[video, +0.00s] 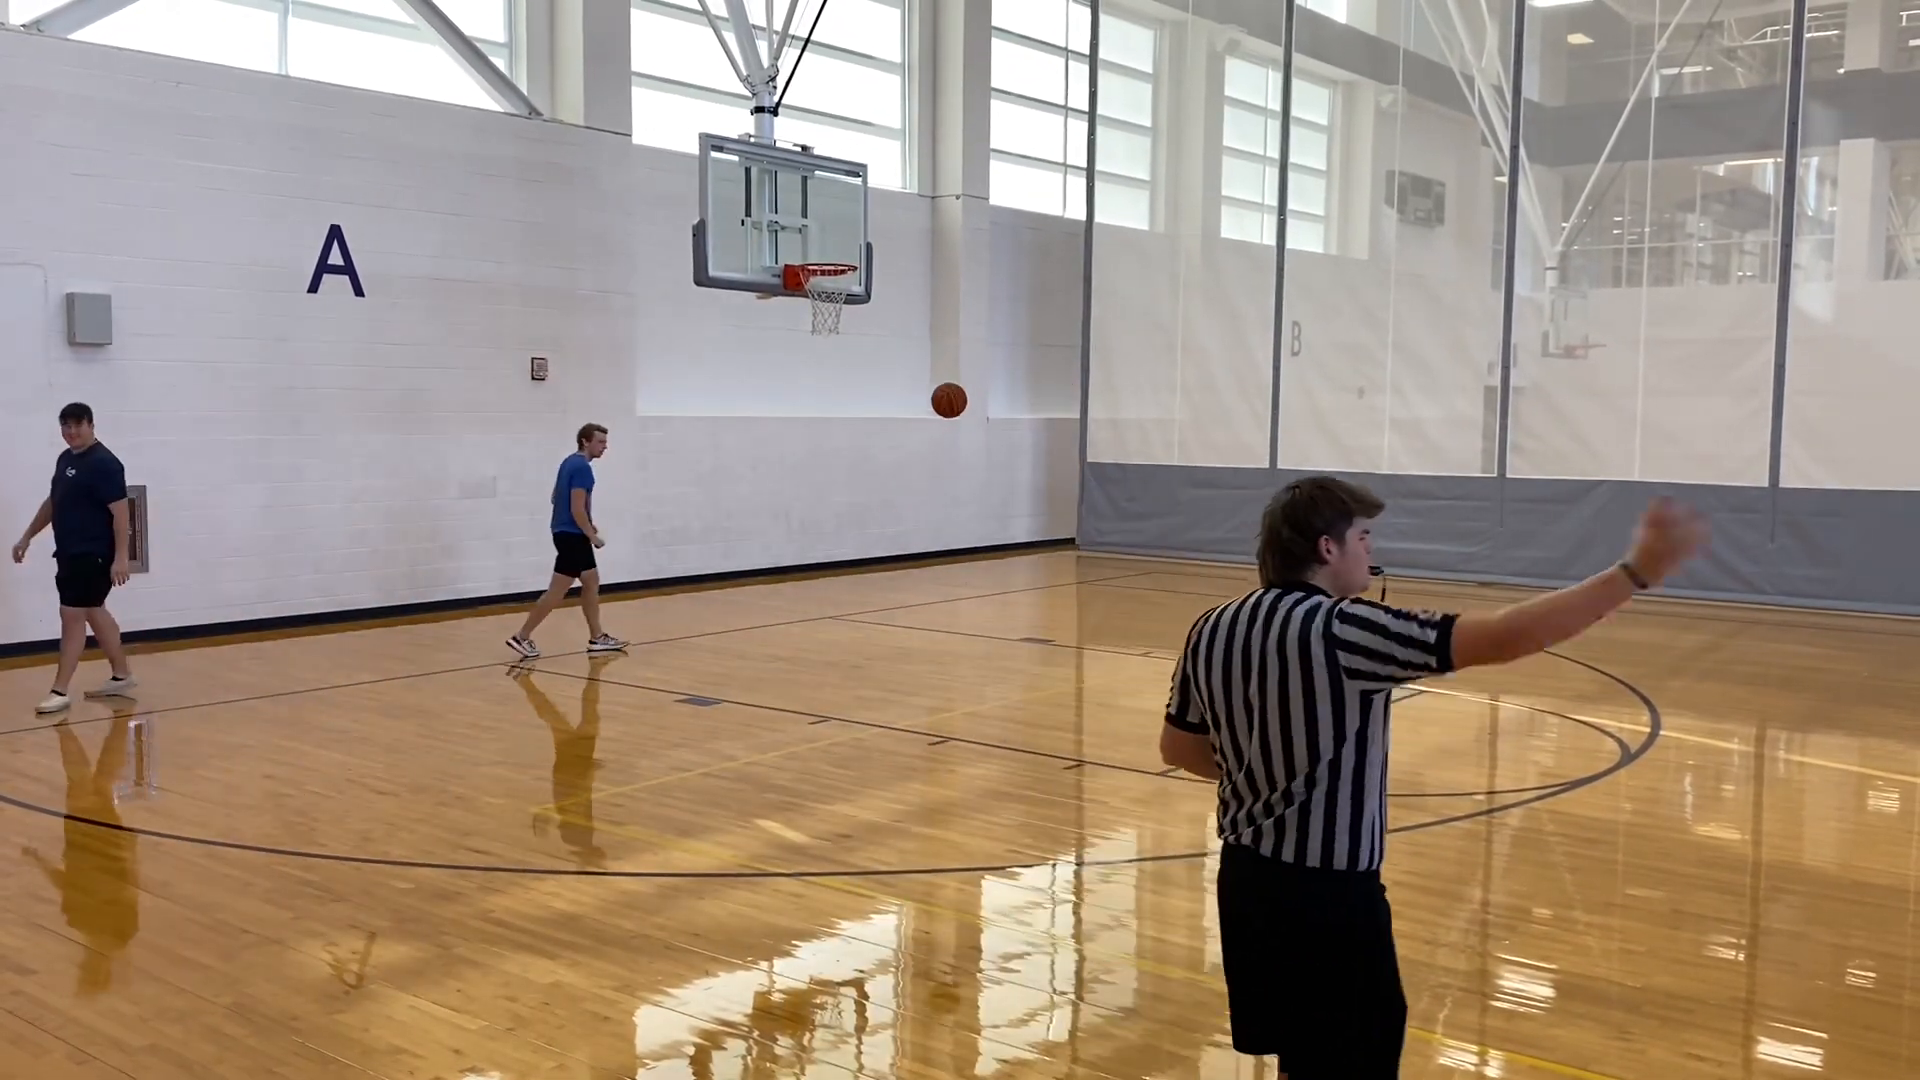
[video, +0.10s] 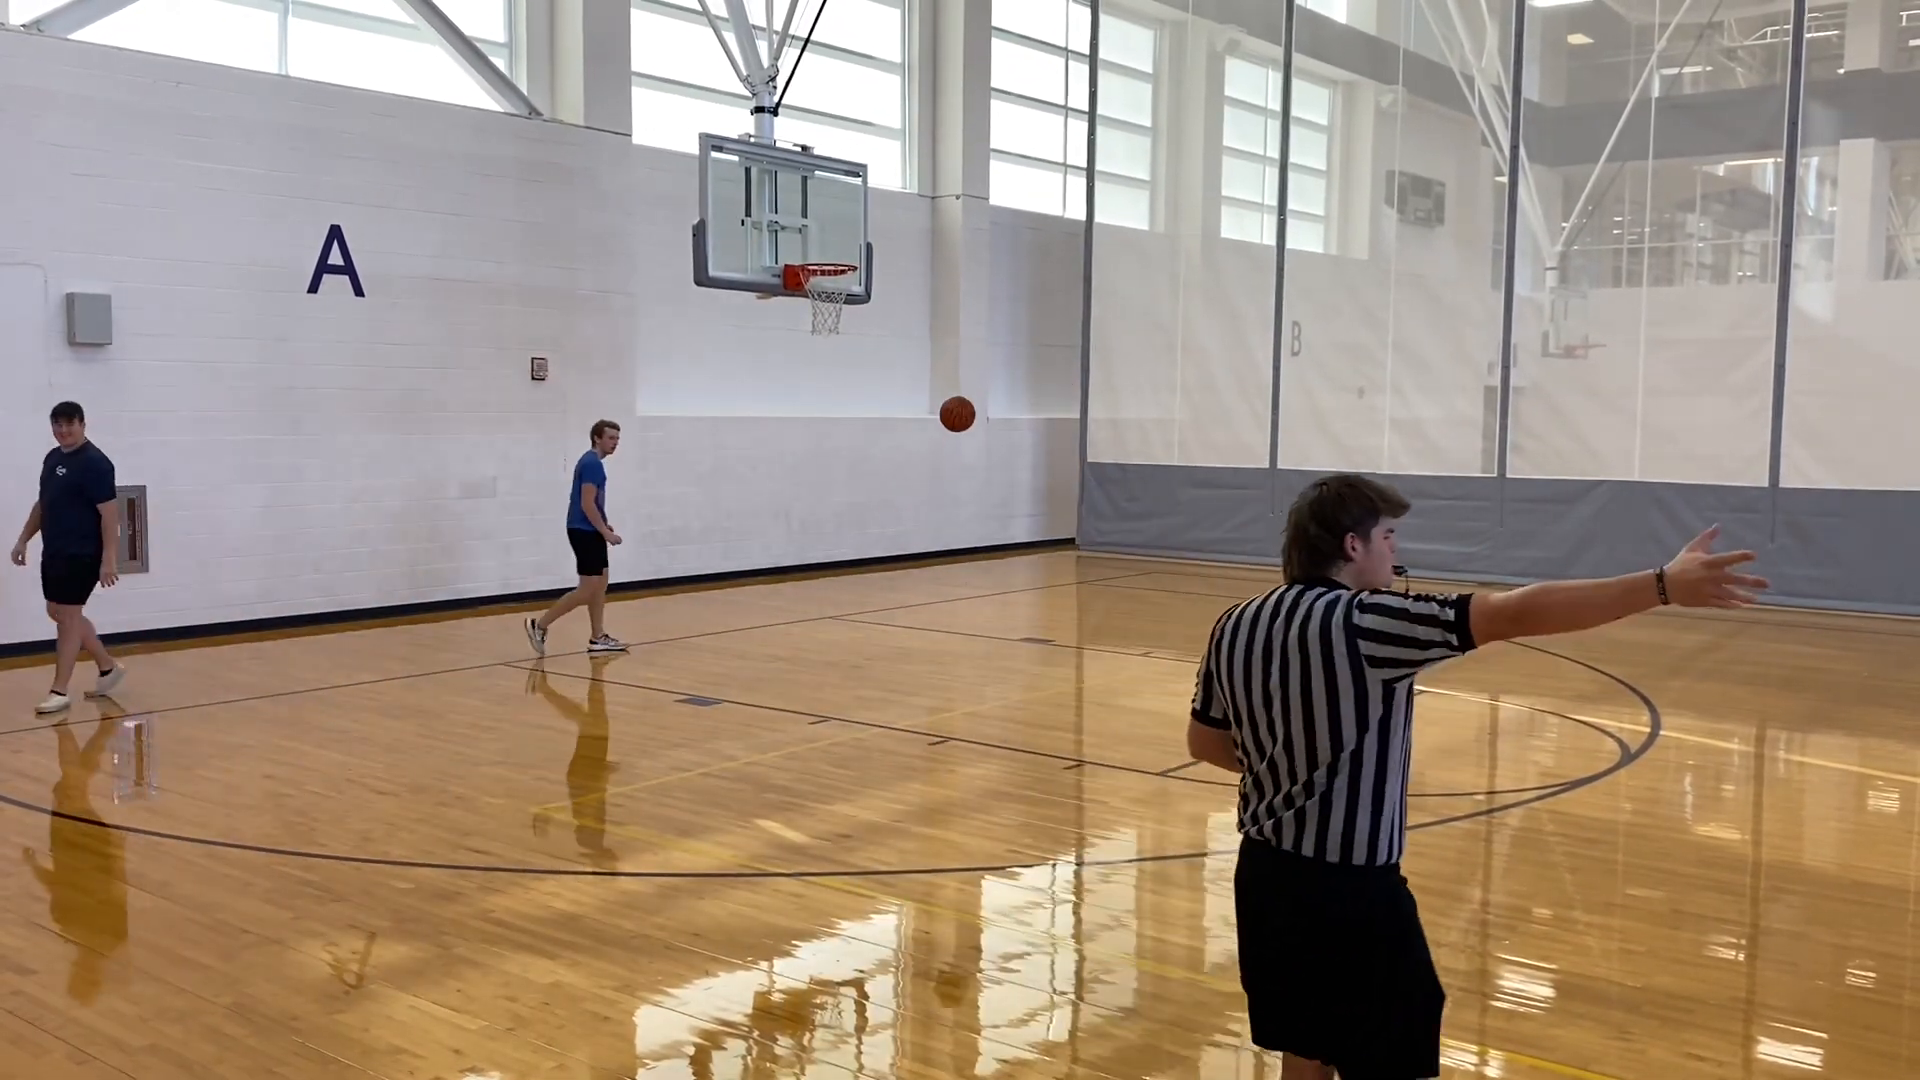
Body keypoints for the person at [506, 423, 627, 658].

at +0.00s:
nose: (604, 447)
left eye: (605, 442)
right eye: (601, 442)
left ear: (586, 444)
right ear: (585, 442)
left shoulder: (569, 463)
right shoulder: (582, 467)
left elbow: (556, 498)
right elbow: (577, 509)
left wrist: (587, 524)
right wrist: (593, 536)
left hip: (566, 533)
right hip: (573, 535)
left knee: (591, 582)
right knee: (556, 591)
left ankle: (598, 637)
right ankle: (521, 637)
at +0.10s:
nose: (615, 443)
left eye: (617, 439)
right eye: (611, 438)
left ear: (607, 441)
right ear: (597, 439)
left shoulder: (594, 462)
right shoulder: (591, 463)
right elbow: (587, 504)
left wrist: (605, 525)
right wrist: (605, 531)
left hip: (592, 530)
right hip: (584, 530)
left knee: (600, 581)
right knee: (588, 589)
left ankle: (598, 637)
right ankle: (539, 626)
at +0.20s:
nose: (626, 440)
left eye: (628, 436)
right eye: (622, 435)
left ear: (625, 438)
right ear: (608, 436)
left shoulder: (610, 460)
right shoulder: (600, 461)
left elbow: (604, 500)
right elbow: (594, 502)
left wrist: (619, 519)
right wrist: (616, 528)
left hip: (603, 527)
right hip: (596, 528)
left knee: (604, 581)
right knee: (616, 582)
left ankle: (599, 636)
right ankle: (568, 617)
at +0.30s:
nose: (637, 438)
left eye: (639, 434)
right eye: (632, 434)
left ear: (638, 437)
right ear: (619, 434)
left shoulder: (627, 460)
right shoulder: (608, 461)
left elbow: (623, 496)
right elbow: (601, 501)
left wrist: (638, 515)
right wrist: (623, 527)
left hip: (617, 526)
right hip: (609, 527)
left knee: (608, 578)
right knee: (635, 578)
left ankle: (599, 632)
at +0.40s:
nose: (648, 440)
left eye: (650, 436)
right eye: (644, 435)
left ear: (651, 438)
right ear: (631, 436)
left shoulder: (641, 462)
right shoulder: (619, 463)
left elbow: (640, 495)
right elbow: (609, 502)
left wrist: (660, 514)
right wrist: (630, 530)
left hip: (629, 528)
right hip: (622, 529)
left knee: (612, 580)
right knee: (646, 578)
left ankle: (599, 633)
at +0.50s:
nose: (661, 444)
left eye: (663, 440)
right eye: (657, 439)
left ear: (663, 442)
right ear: (644, 440)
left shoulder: (654, 465)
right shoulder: (632, 467)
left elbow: (657, 498)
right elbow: (621, 506)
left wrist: (679, 516)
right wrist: (638, 536)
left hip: (644, 533)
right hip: (634, 535)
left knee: (620, 582)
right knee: (656, 584)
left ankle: (601, 632)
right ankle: (679, 635)